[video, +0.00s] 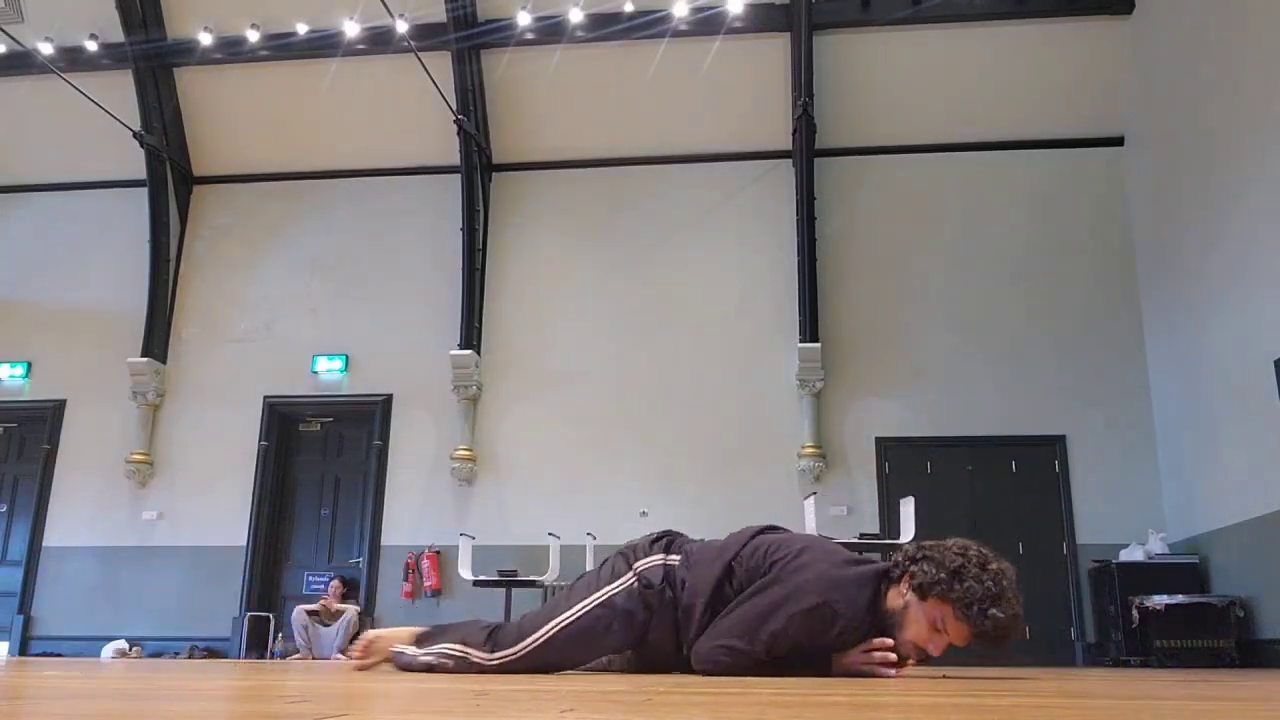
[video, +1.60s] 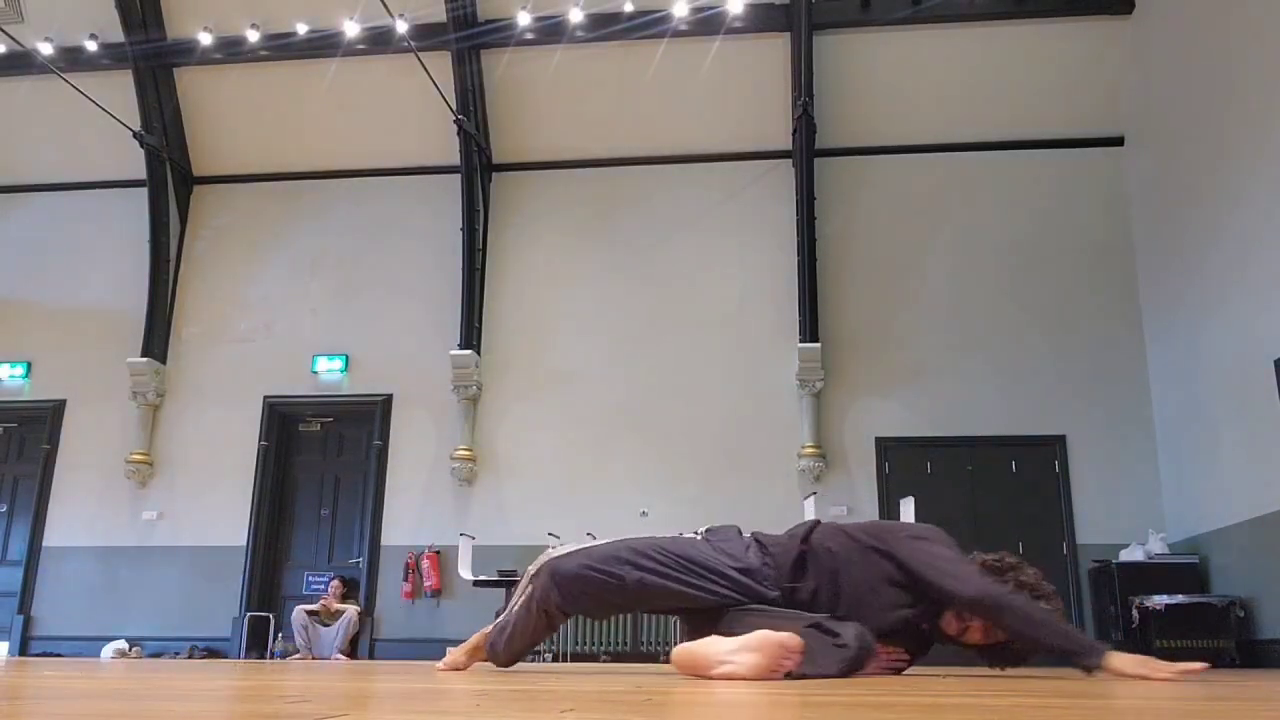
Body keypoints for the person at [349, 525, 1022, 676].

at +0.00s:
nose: (939, 645)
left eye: (952, 641)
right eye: (940, 627)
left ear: (948, 619)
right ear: (912, 589)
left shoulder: (879, 598)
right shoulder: (829, 588)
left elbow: (781, 655)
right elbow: (712, 660)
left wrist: (857, 654)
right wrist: (831, 666)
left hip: (674, 617)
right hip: (649, 589)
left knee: (525, 654)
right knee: (501, 659)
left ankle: (410, 644)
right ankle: (390, 646)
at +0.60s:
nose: (865, 624)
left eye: (883, 629)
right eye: (872, 606)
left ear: (897, 639)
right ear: (866, 569)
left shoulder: (856, 614)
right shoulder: (783, 563)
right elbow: (717, 651)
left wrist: (880, 655)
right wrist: (827, 662)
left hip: (710, 640)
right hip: (686, 590)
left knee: (609, 644)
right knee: (575, 646)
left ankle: (521, 637)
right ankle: (500, 650)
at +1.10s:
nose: (874, 615)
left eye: (895, 627)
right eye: (886, 598)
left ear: (918, 642)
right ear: (890, 565)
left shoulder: (904, 637)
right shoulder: (817, 554)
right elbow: (756, 635)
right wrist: (838, 660)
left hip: (739, 635)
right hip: (710, 573)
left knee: (689, 639)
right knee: (590, 540)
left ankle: (613, 649)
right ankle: (507, 641)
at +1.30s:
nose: (915, 625)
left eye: (934, 633)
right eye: (924, 609)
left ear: (952, 647)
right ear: (922, 577)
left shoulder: (918, 639)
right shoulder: (861, 555)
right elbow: (823, 618)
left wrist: (861, 661)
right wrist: (941, 662)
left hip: (764, 631)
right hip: (732, 569)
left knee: (757, 643)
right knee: (580, 541)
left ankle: (600, 652)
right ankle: (509, 639)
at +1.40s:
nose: (935, 626)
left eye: (951, 631)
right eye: (946, 613)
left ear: (968, 639)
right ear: (943, 583)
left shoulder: (925, 636)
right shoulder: (883, 553)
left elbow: (918, 666)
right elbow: (879, 618)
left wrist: (872, 664)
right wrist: (1002, 664)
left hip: (765, 627)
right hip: (734, 566)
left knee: (773, 640)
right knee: (570, 546)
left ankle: (645, 657)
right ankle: (502, 642)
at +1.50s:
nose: (963, 623)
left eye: (978, 630)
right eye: (970, 611)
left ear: (981, 628)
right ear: (962, 578)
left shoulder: (941, 635)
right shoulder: (908, 551)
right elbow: (935, 612)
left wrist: (889, 659)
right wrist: (1057, 661)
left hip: (789, 627)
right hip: (746, 567)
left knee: (801, 645)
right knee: (568, 556)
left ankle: (642, 652)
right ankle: (502, 642)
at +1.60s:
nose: (971, 637)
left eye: (986, 640)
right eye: (981, 623)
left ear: (993, 631)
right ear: (984, 593)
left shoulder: (945, 629)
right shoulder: (928, 550)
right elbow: (1001, 606)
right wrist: (1107, 657)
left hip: (797, 618)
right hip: (758, 565)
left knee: (858, 644)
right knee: (563, 571)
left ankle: (727, 656)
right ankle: (501, 645)